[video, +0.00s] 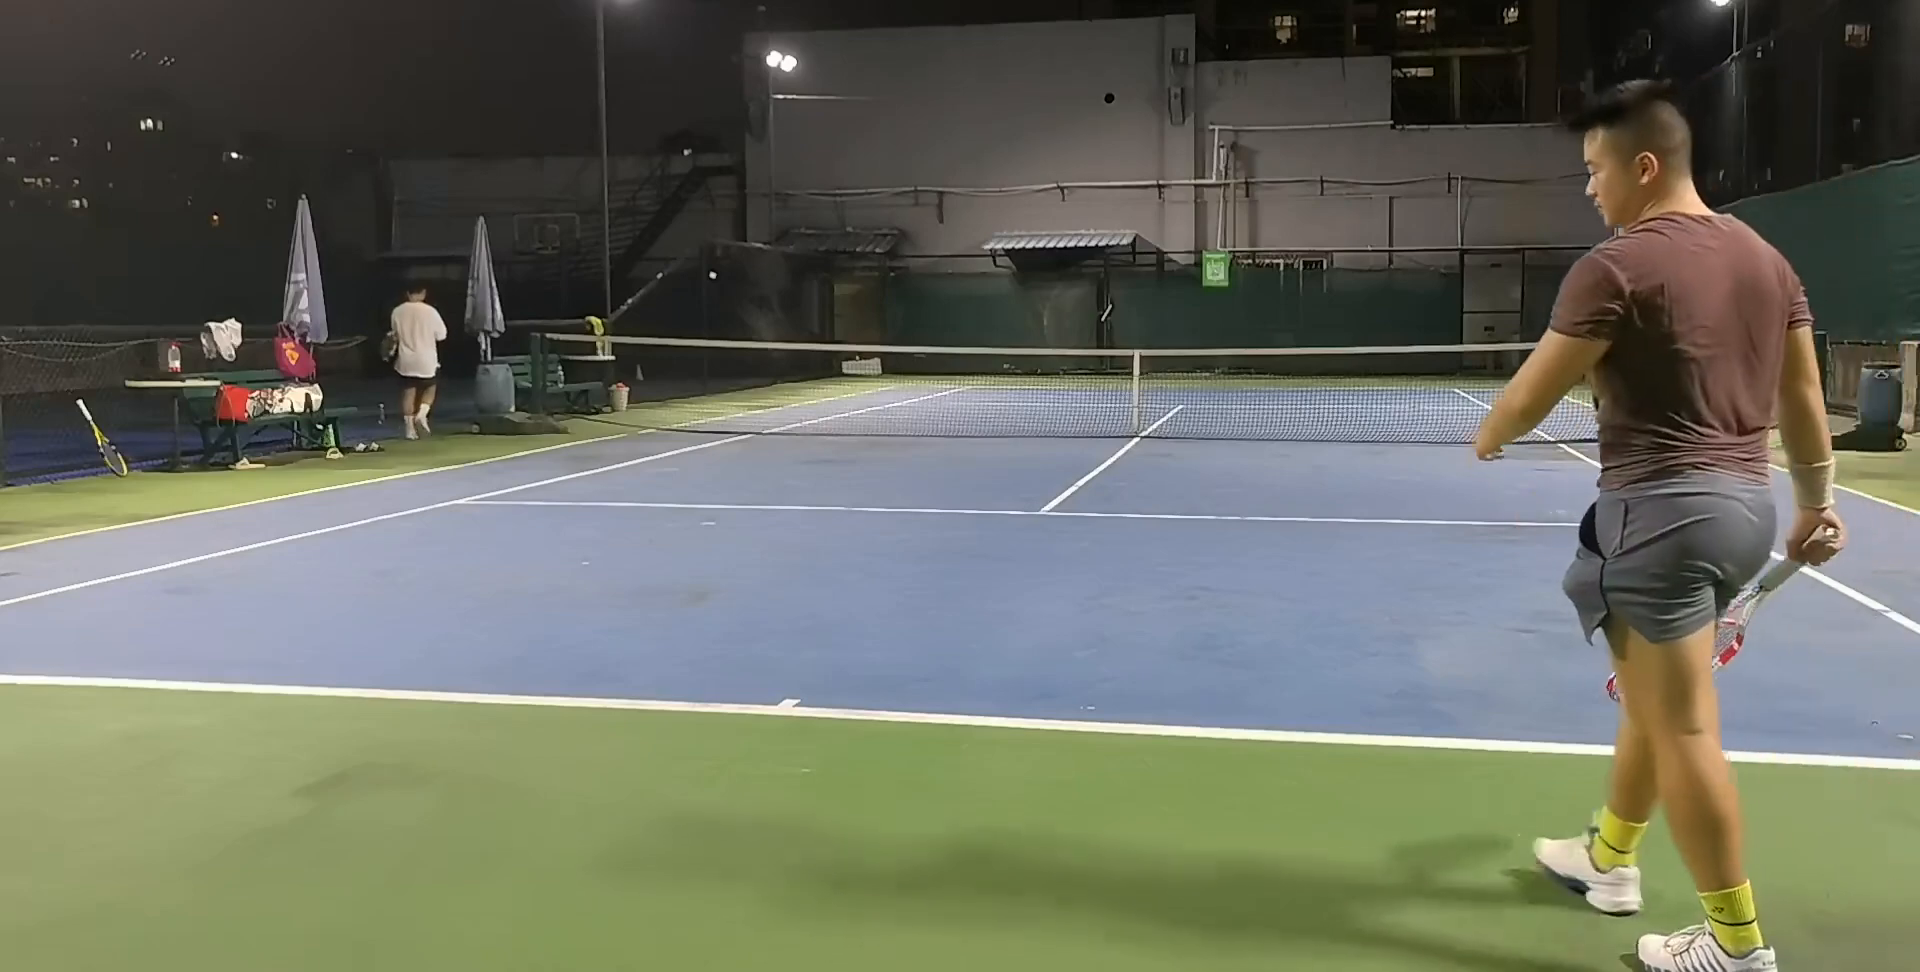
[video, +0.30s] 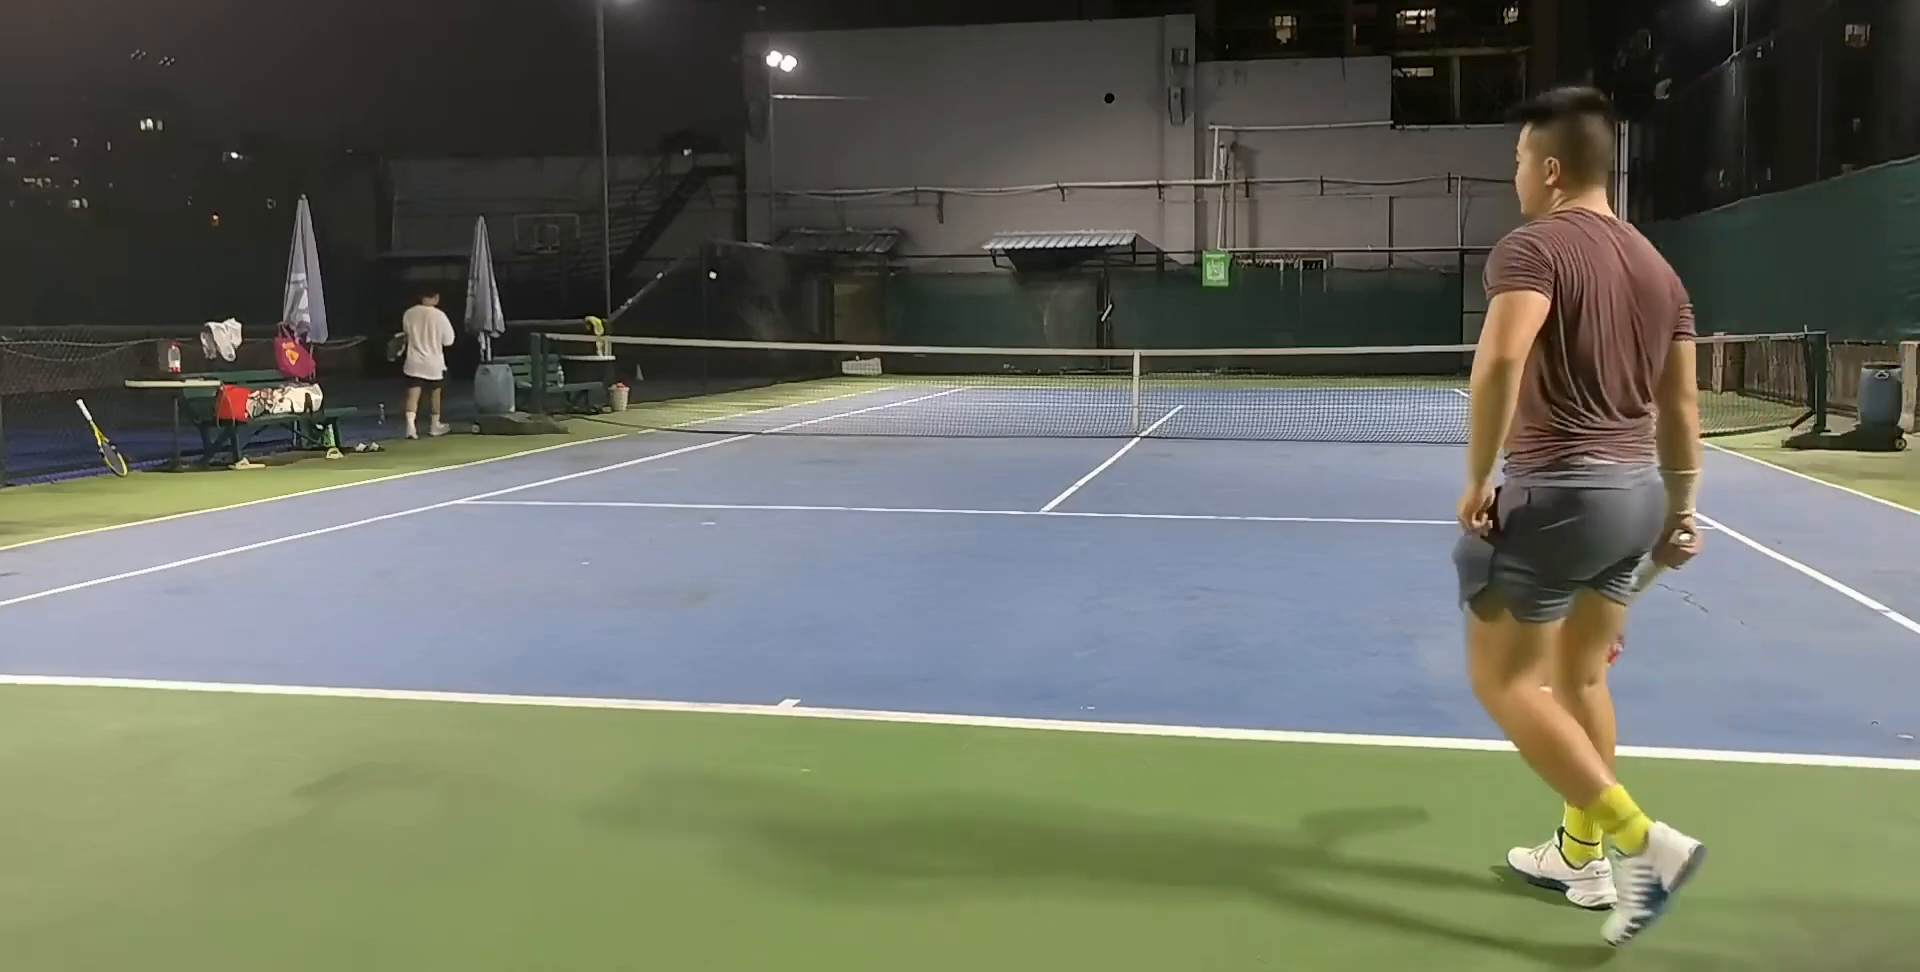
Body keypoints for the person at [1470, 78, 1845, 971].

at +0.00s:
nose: (1589, 190)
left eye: (1594, 172)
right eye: (1587, 174)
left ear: (1645, 165)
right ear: (1676, 164)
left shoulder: (1615, 267)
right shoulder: (1767, 261)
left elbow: (1532, 393)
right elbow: (1804, 406)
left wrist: (1488, 436)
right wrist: (1816, 503)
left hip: (1657, 507)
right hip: (1752, 502)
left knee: (1684, 729)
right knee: (1645, 683)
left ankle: (1738, 941)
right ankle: (1609, 860)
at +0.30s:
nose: (1516, 180)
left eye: (1520, 165)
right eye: (1518, 166)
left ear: (1550, 169)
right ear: (1606, 170)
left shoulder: (1533, 244)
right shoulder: (1659, 268)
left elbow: (1500, 360)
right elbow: (1680, 408)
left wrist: (1478, 478)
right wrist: (1681, 508)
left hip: (1551, 491)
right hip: (1641, 490)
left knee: (1503, 681)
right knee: (1583, 669)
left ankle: (1643, 842)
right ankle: (1580, 851)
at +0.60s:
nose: (1420, 182)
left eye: (1423, 170)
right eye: (1424, 169)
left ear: (1438, 176)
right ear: (1501, 176)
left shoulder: (1453, 256)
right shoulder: (1538, 263)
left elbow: (1456, 371)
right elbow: (1540, 392)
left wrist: (1418, 478)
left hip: (1470, 483)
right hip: (1544, 478)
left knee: (1397, 664)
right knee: (1549, 670)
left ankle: (1343, 830)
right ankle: (1581, 855)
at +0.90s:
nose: (1298, 180)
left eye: (1301, 168)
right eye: (1302, 167)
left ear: (1317, 176)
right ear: (1374, 175)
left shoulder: (1329, 264)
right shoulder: (1421, 258)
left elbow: (1337, 376)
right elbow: (1436, 374)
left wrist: (1297, 469)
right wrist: (1381, 440)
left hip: (1349, 472)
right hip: (1420, 472)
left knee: (1310, 646)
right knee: (1401, 634)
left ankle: (1310, 821)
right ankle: (1511, 780)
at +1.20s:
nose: (1216, 184)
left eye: (1219, 172)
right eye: (1221, 171)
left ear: (1232, 180)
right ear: (1289, 180)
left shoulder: (1236, 264)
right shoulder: (1336, 260)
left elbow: (1243, 372)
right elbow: (1378, 367)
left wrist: (1227, 475)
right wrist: (1408, 451)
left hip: (1271, 469)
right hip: (1334, 467)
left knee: (1283, 653)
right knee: (1250, 612)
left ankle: (1312, 824)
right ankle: (1239, 772)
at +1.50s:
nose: (1147, 195)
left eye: (1151, 187)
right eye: (1152, 185)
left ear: (1161, 192)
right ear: (1220, 196)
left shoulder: (1161, 263)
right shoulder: (1253, 277)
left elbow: (1160, 375)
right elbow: (1279, 391)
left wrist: (1147, 475)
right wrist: (1296, 477)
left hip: (1185, 466)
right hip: (1239, 464)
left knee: (1200, 647)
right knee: (1152, 605)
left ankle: (1288, 801)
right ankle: (1141, 772)